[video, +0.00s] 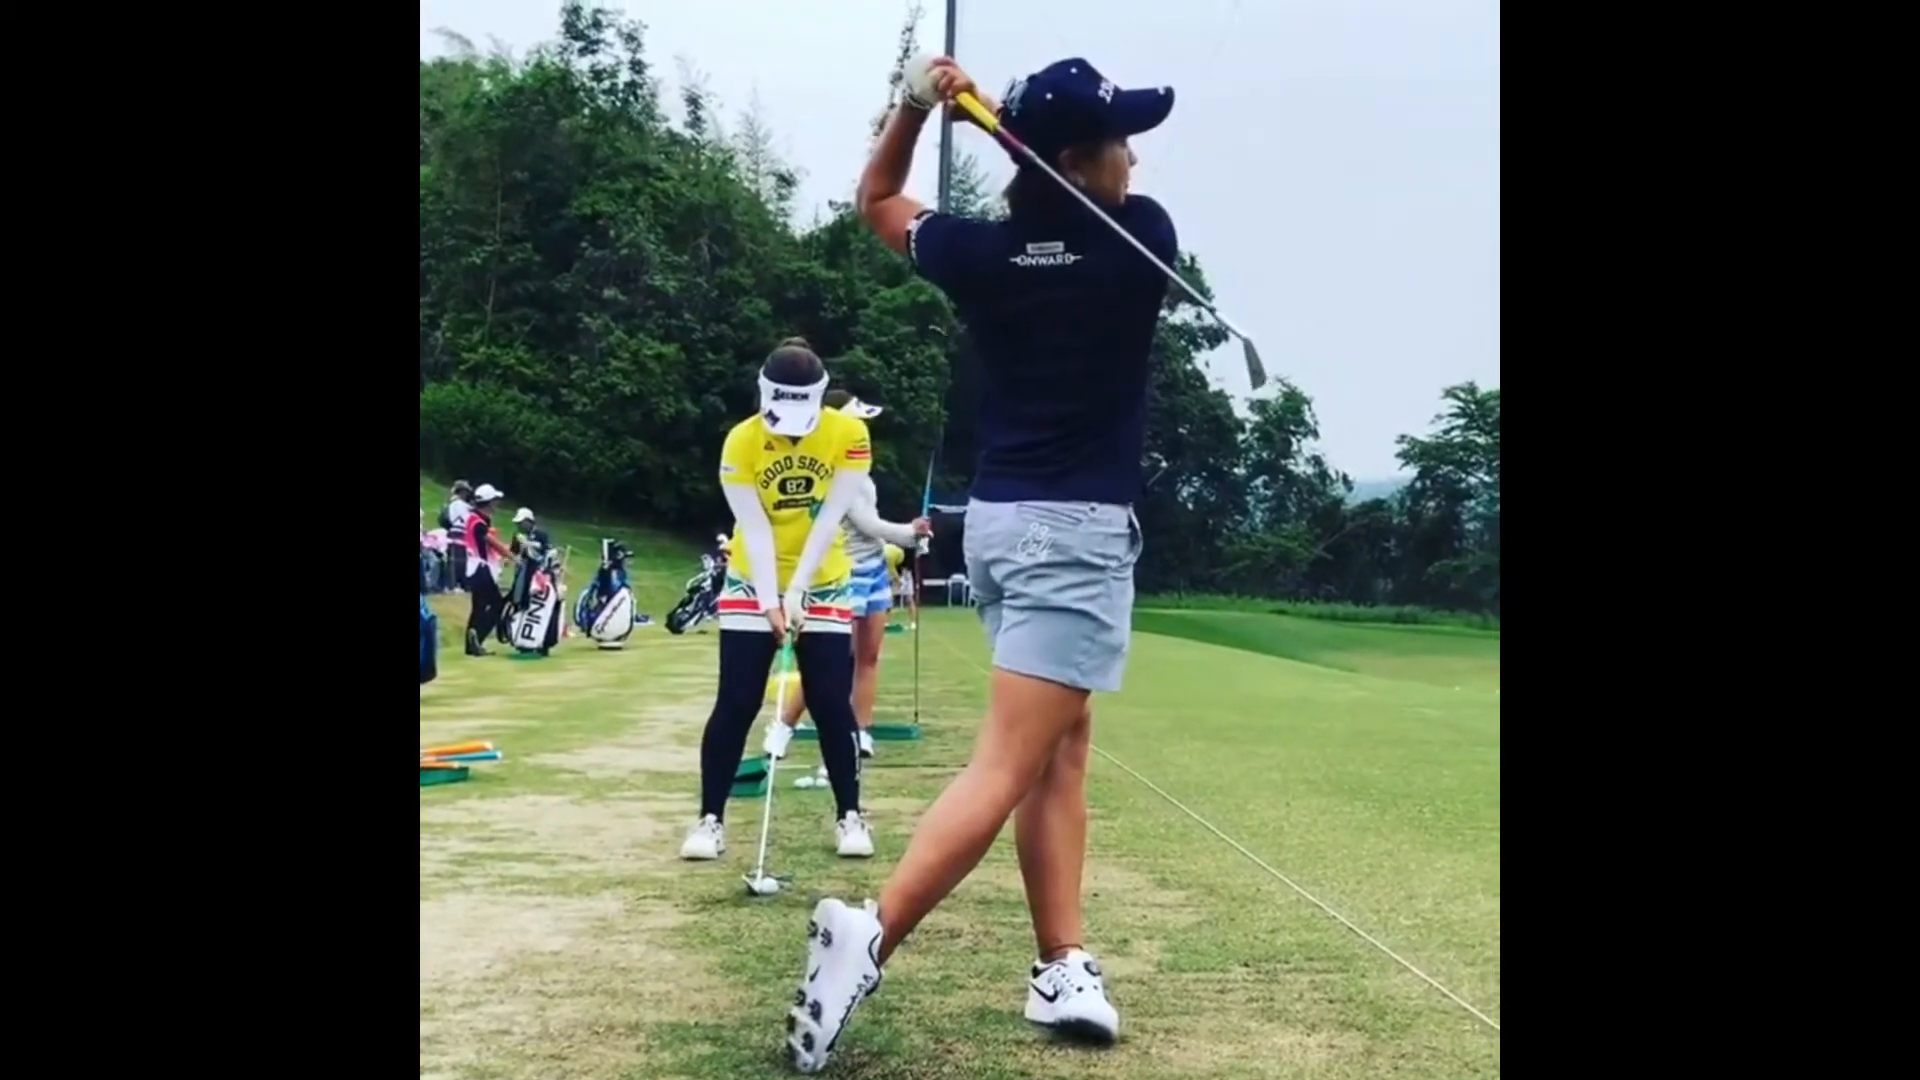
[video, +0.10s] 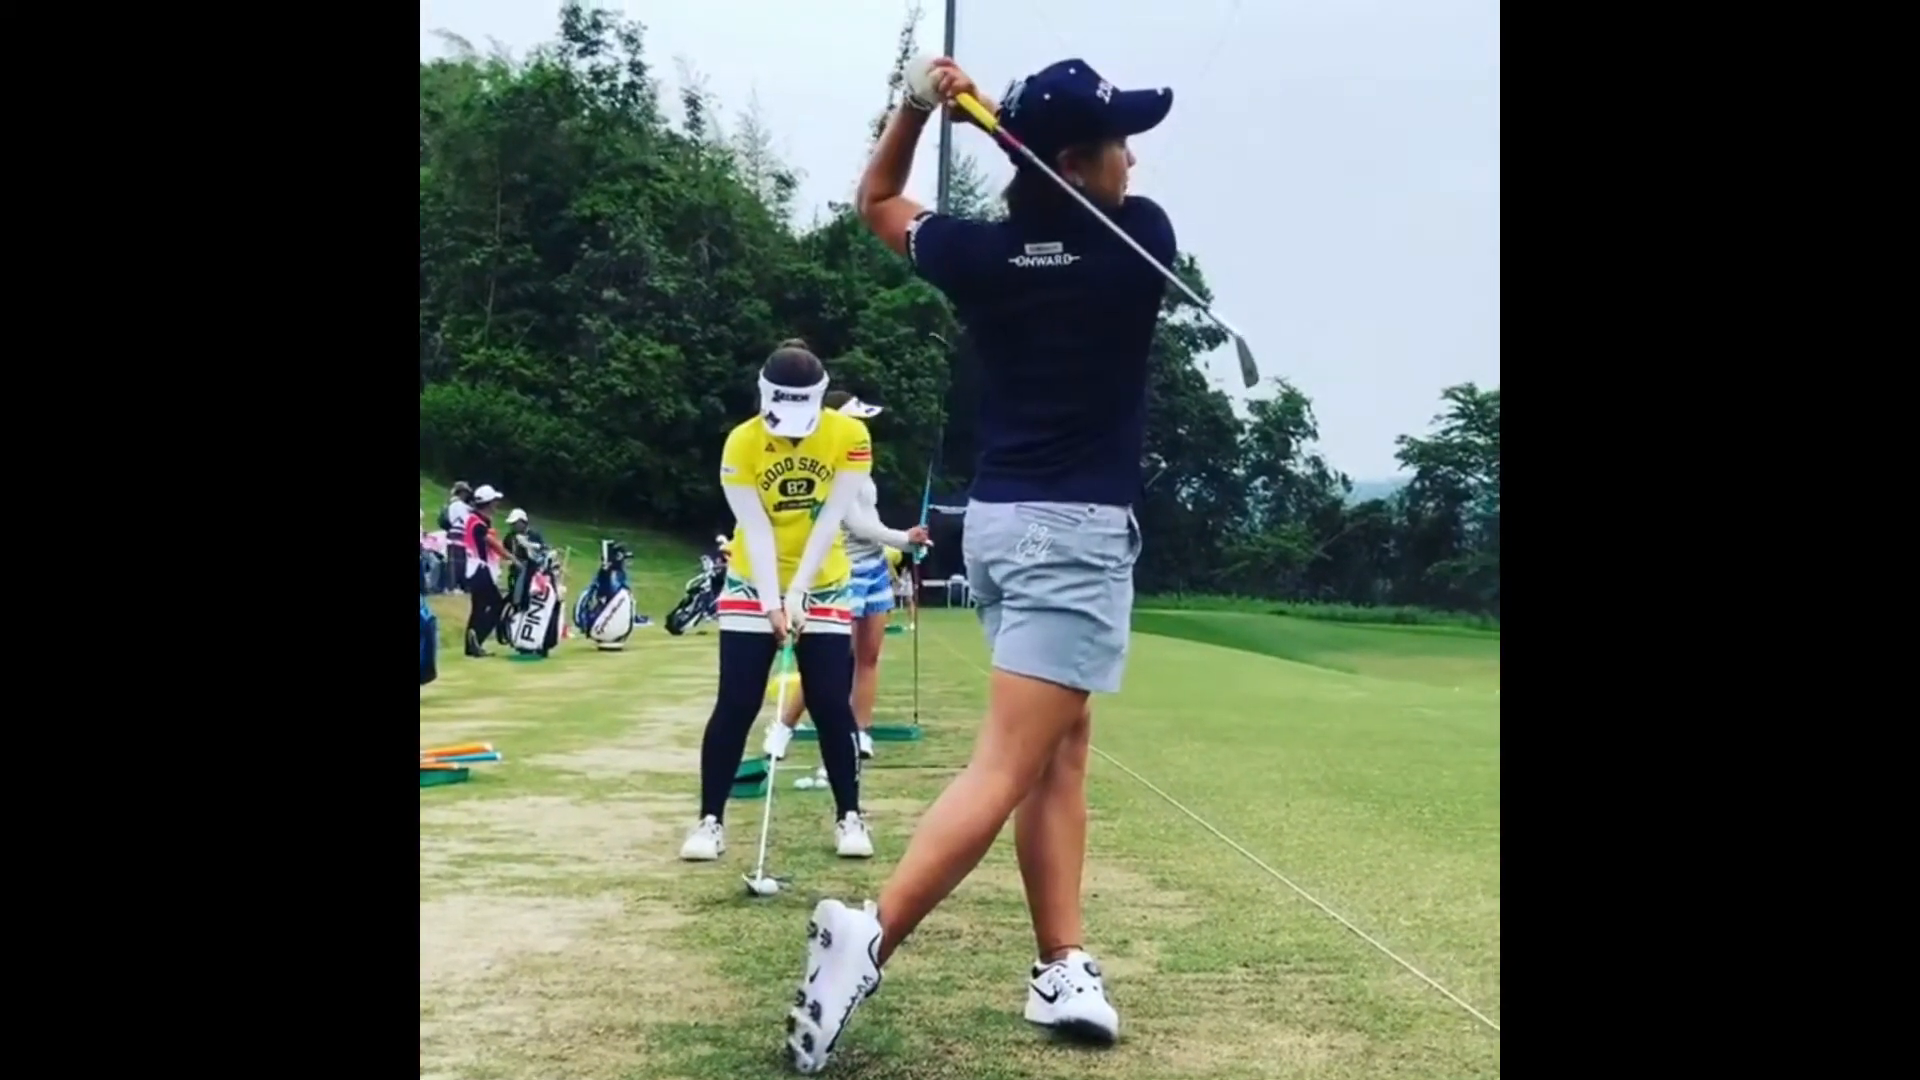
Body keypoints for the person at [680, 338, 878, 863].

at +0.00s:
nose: (788, 424)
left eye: (799, 413)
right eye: (779, 412)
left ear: (819, 396)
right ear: (764, 395)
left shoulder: (849, 433)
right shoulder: (740, 444)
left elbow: (833, 513)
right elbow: (754, 528)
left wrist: (798, 586)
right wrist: (768, 597)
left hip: (823, 585)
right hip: (750, 582)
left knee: (831, 702)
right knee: (736, 701)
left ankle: (849, 816)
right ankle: (710, 820)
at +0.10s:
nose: (789, 425)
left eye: (799, 414)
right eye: (779, 413)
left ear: (819, 398)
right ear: (764, 398)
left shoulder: (849, 434)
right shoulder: (741, 445)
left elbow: (833, 516)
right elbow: (755, 530)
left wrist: (797, 588)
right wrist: (770, 599)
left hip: (823, 587)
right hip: (750, 585)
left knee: (830, 703)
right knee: (736, 702)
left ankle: (849, 816)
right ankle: (710, 821)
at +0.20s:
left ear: (885, 348)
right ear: (833, 344)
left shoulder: (897, 400)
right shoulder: (809, 402)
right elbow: (809, 495)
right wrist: (829, 558)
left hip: (875, 567)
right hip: (813, 567)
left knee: (874, 692)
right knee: (816, 681)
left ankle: (868, 784)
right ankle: (811, 786)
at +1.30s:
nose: (822, 407)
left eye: (833, 396)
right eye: (812, 395)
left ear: (852, 380)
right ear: (797, 380)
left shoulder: (885, 419)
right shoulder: (776, 430)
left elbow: (874, 505)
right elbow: (784, 517)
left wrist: (834, 573)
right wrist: (793, 582)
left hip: (861, 573)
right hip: (788, 572)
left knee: (862, 694)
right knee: (770, 690)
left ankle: (873, 806)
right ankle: (741, 808)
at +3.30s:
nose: (829, 404)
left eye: (840, 393)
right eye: (819, 392)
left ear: (860, 377)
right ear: (804, 376)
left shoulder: (893, 418)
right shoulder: (783, 429)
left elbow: (882, 504)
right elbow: (791, 515)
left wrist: (843, 569)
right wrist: (801, 578)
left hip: (868, 571)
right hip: (795, 568)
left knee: (869, 699)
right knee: (777, 688)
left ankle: (881, 813)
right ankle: (749, 806)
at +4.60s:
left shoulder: (898, 409)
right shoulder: (806, 409)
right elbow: (809, 501)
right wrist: (818, 563)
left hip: (884, 547)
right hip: (825, 549)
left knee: (876, 681)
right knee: (805, 667)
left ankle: (871, 786)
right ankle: (789, 786)